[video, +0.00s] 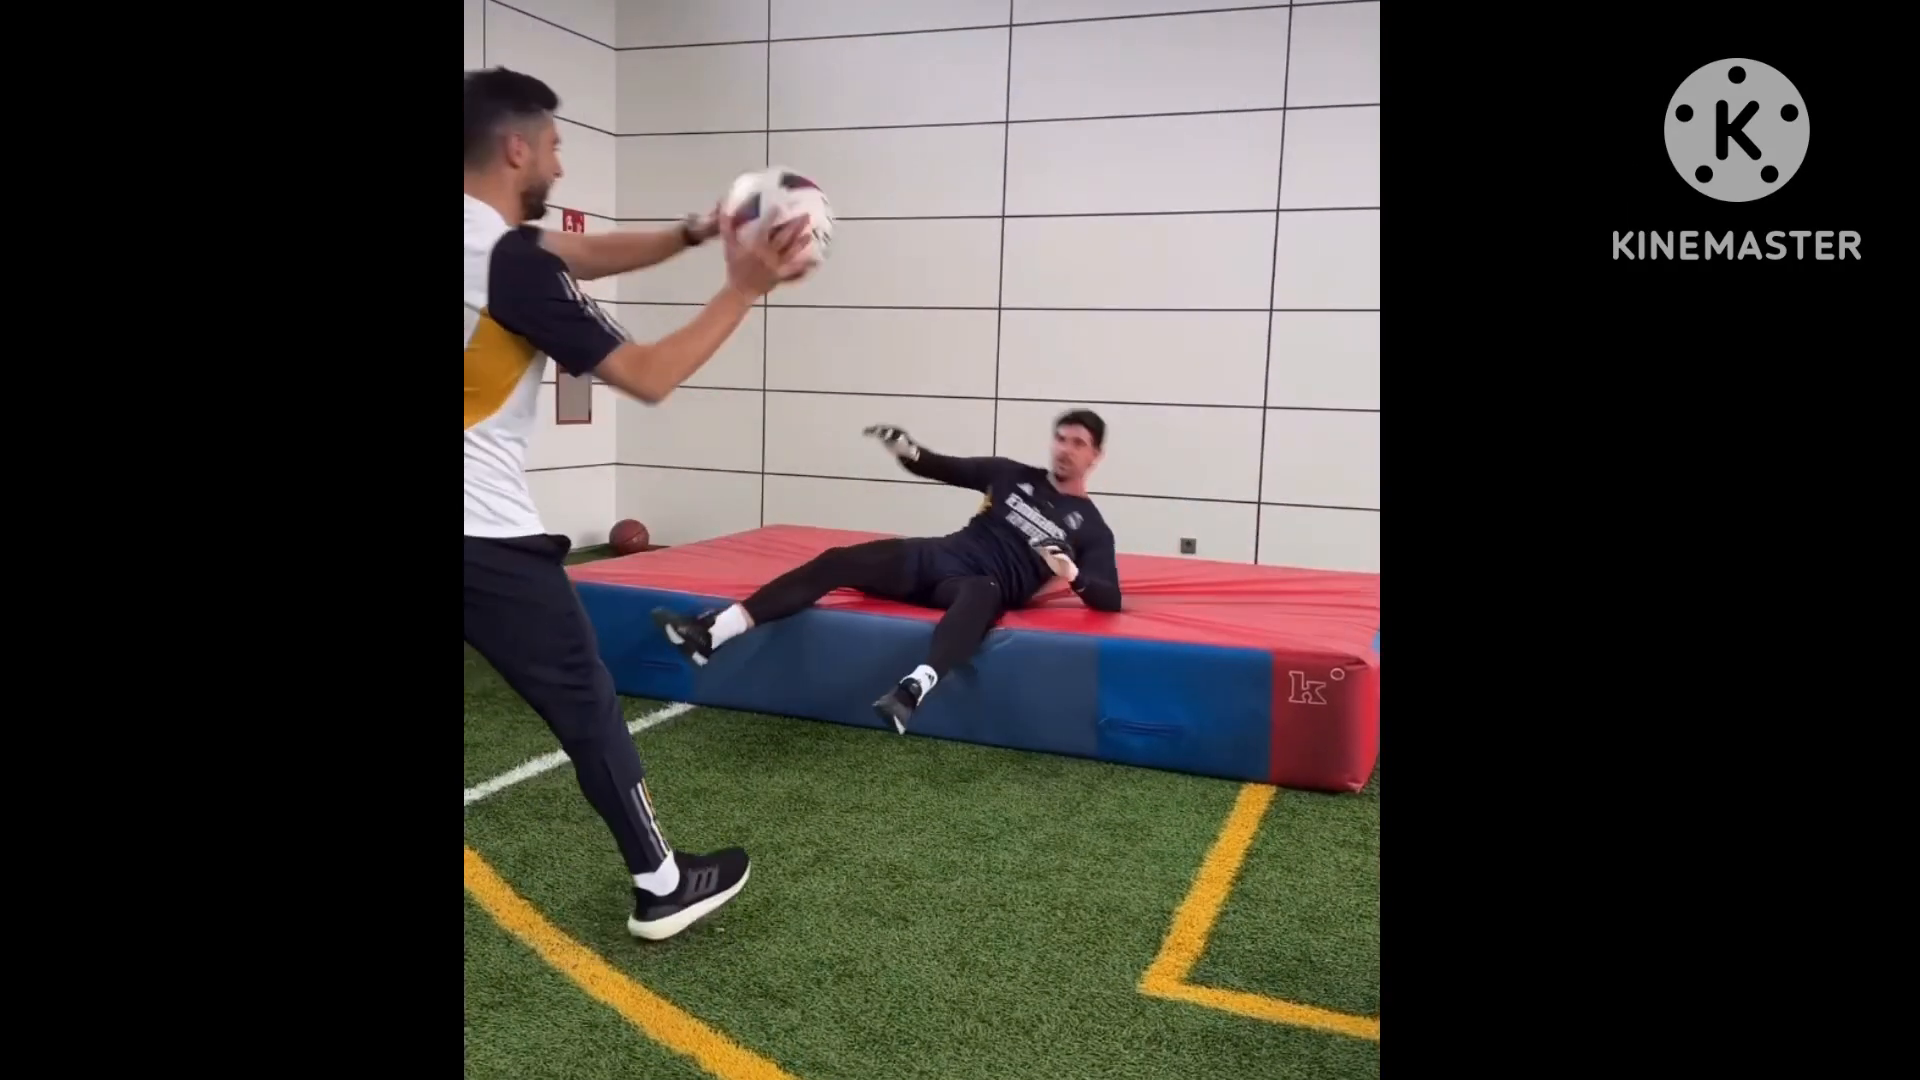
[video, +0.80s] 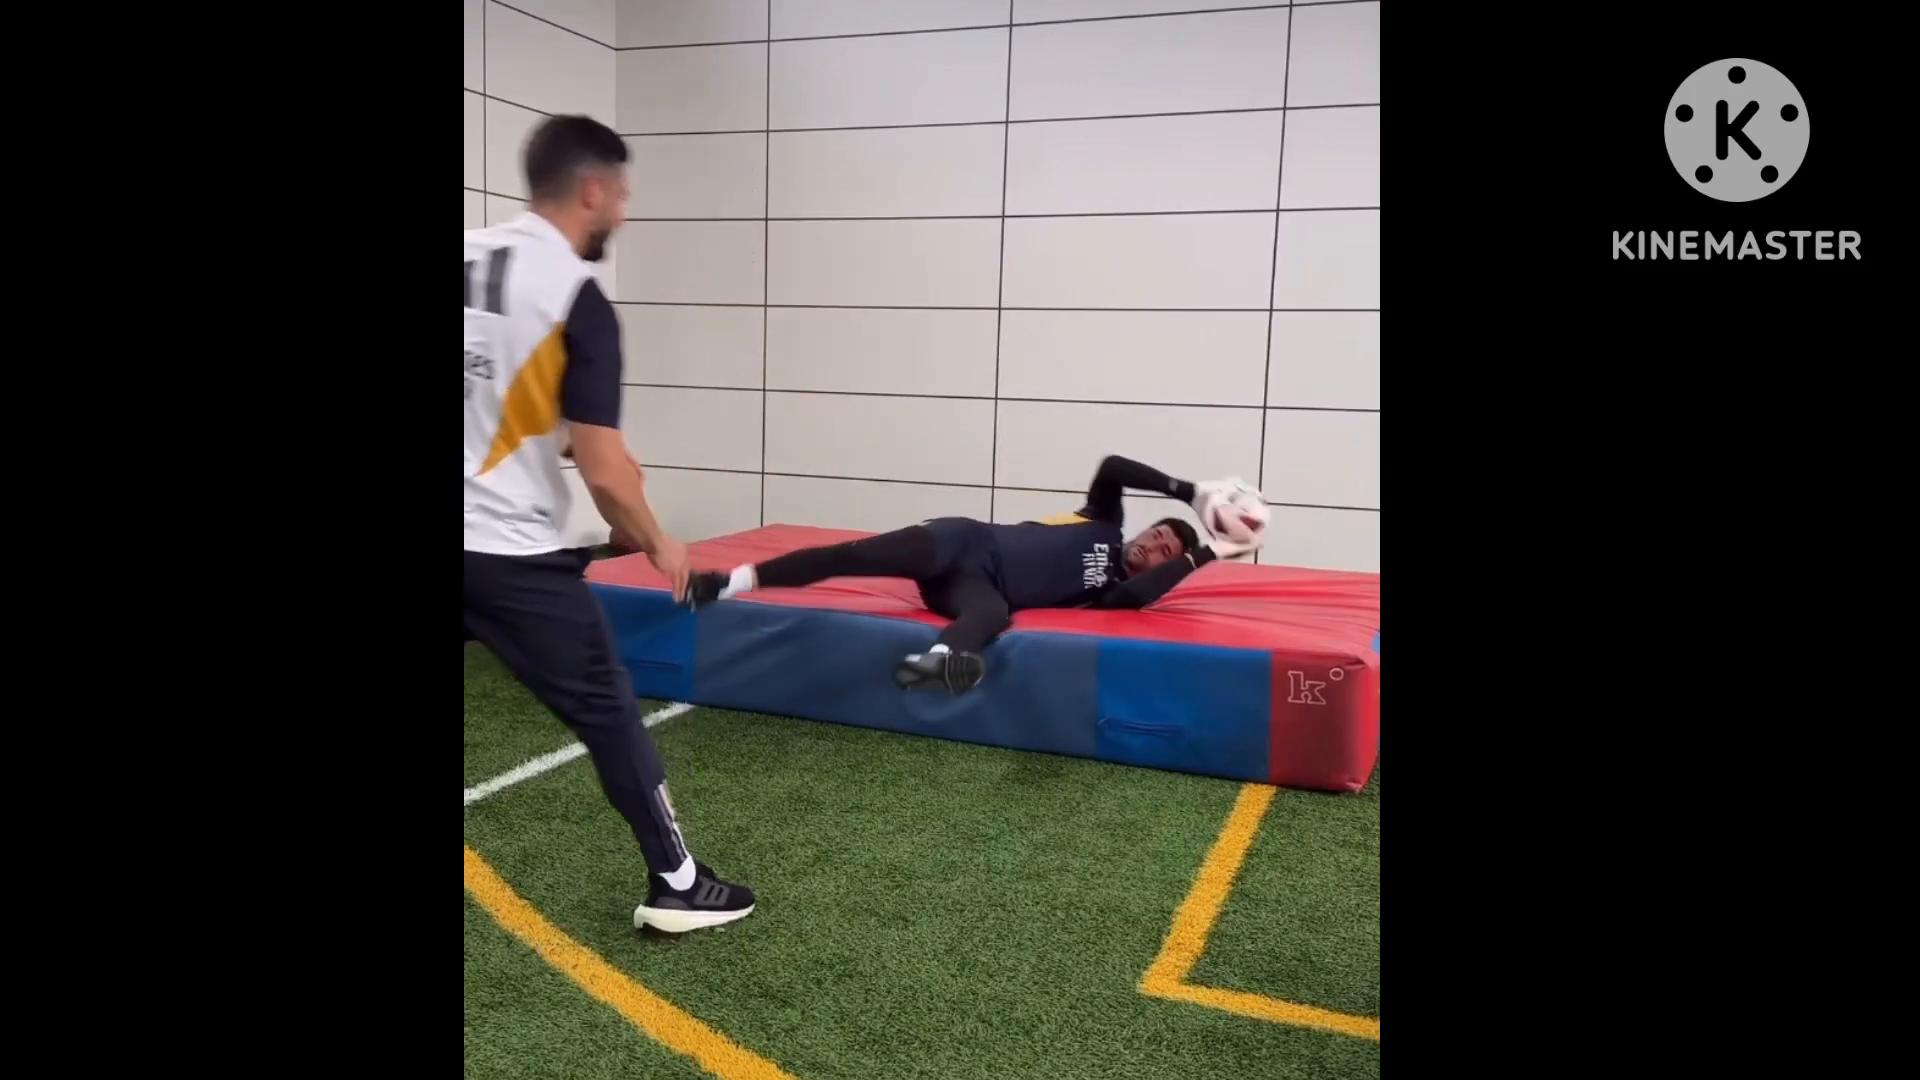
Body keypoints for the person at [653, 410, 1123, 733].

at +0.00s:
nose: (1065, 448)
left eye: (1077, 443)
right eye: (1062, 439)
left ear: (1096, 457)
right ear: (1052, 444)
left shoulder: (1093, 529)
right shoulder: (1011, 475)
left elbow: (1111, 601)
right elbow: (943, 468)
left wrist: (1077, 580)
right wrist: (909, 451)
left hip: (980, 584)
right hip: (935, 555)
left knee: (981, 595)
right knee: (835, 561)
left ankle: (916, 686)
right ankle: (715, 629)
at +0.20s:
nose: (997, 399)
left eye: (1010, 393)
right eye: (992, 389)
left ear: (1027, 406)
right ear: (980, 398)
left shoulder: (1039, 478)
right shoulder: (947, 450)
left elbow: (1073, 567)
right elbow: (889, 503)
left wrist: (1025, 576)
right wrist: (875, 530)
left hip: (962, 580)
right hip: (906, 567)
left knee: (968, 584)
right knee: (806, 566)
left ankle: (911, 700)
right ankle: (709, 678)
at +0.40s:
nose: (1005, 412)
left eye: (1017, 406)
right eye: (999, 402)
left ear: (1029, 419)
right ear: (983, 408)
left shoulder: (1031, 486)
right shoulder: (946, 447)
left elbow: (1075, 565)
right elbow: (879, 493)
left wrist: (1051, 530)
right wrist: (927, 485)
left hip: (937, 576)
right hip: (886, 556)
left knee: (962, 587)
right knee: (788, 582)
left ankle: (927, 703)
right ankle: (695, 698)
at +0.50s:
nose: (1046, 437)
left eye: (1058, 434)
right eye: (1042, 426)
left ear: (1068, 445)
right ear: (1026, 425)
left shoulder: (1054, 499)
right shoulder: (990, 449)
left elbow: (1082, 556)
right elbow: (943, 455)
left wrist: (1087, 505)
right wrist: (1007, 446)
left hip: (939, 574)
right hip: (895, 548)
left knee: (964, 586)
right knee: (793, 589)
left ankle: (927, 692)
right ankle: (689, 696)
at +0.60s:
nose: (1083, 471)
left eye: (1092, 472)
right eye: (1085, 463)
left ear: (1095, 487)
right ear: (1072, 460)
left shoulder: (1074, 529)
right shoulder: (1035, 474)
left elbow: (1097, 564)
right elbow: (1022, 441)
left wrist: (1127, 512)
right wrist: (1081, 443)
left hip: (953, 579)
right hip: (915, 544)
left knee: (971, 600)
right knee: (811, 593)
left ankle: (927, 685)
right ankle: (705, 678)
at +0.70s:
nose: (1130, 514)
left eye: (1142, 517)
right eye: (1131, 503)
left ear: (1145, 536)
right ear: (1114, 498)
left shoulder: (1107, 571)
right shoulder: (1073, 506)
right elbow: (1074, 449)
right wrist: (1144, 456)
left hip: (967, 586)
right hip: (942, 542)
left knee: (983, 611)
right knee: (844, 577)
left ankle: (931, 680)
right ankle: (718, 638)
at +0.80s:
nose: (1160, 549)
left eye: (1172, 553)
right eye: (1161, 537)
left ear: (1165, 570)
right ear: (1142, 526)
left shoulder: (1115, 588)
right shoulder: (1098, 522)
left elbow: (1149, 591)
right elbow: (1117, 468)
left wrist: (1212, 552)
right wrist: (1192, 492)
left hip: (986, 586)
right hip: (967, 539)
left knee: (986, 620)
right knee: (860, 554)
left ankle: (941, 664)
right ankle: (729, 582)